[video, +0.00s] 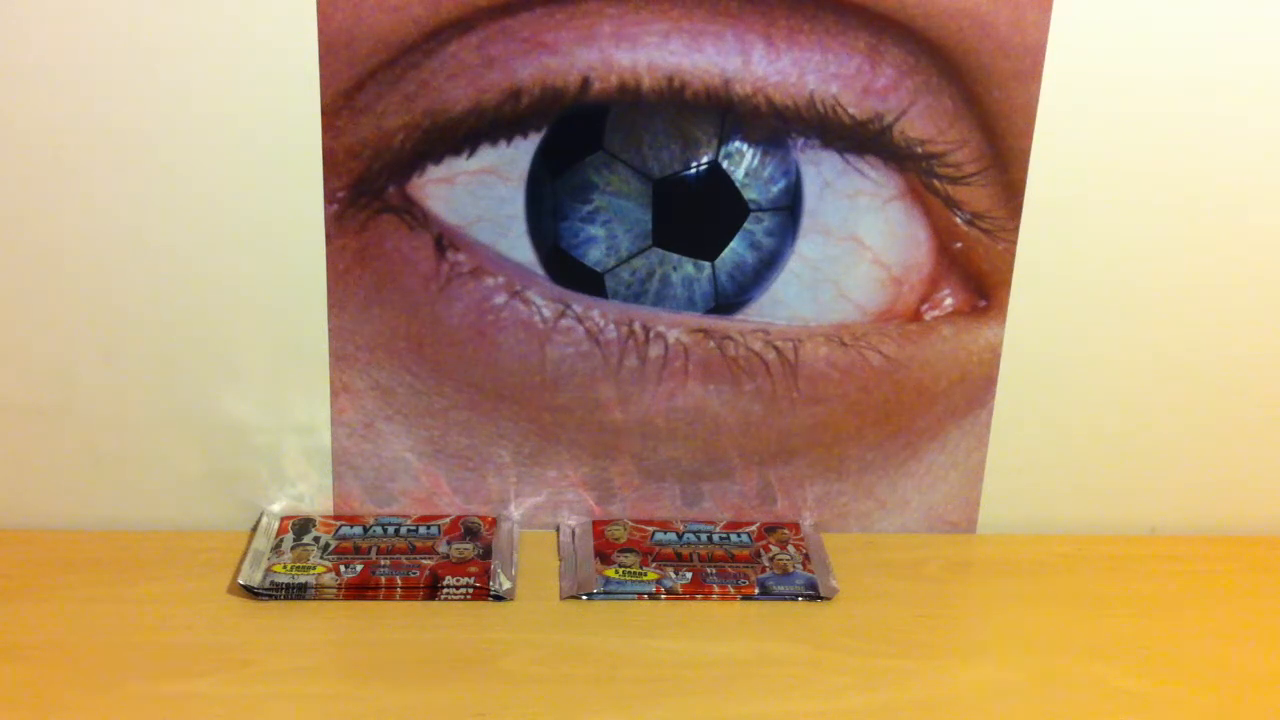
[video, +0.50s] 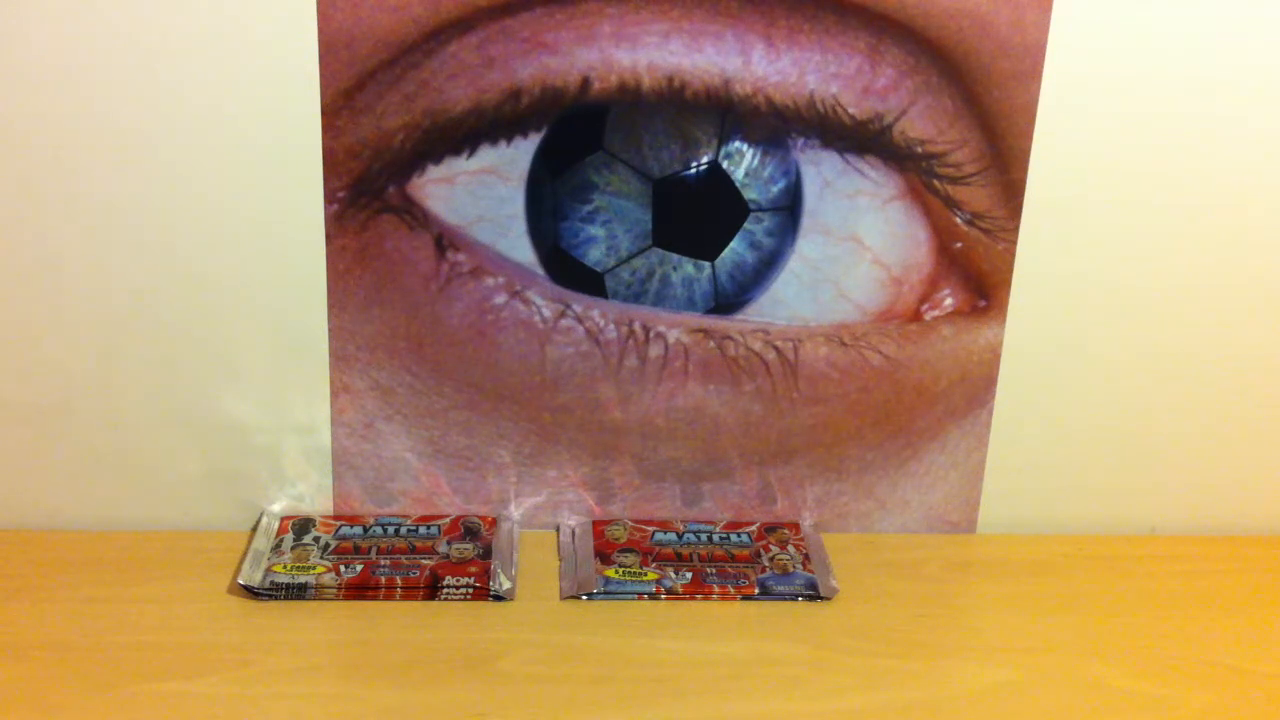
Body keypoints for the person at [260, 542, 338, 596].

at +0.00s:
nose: (310, 555)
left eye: (312, 551)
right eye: (305, 550)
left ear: (315, 552)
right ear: (293, 551)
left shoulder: (323, 569)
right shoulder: (274, 568)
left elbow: (328, 598)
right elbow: (262, 594)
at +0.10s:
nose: (309, 554)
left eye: (312, 551)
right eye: (305, 550)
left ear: (315, 552)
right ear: (293, 551)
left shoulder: (323, 569)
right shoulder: (274, 568)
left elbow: (328, 596)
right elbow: (262, 594)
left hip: (309, 611)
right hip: (276, 611)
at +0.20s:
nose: (309, 554)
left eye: (312, 551)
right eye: (305, 550)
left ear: (315, 552)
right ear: (293, 551)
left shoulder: (323, 569)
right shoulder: (274, 568)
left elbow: (328, 596)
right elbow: (262, 594)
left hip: (309, 611)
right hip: (276, 611)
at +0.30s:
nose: (310, 554)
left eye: (312, 551)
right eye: (305, 550)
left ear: (315, 552)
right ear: (293, 551)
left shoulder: (323, 569)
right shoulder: (274, 568)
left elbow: (328, 597)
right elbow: (262, 595)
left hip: (308, 612)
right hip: (276, 611)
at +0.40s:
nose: (309, 554)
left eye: (312, 551)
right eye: (305, 550)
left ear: (315, 552)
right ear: (293, 551)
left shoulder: (323, 568)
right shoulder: (274, 568)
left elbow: (328, 596)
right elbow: (262, 594)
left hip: (309, 611)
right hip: (276, 610)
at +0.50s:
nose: (309, 554)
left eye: (312, 551)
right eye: (305, 550)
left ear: (315, 552)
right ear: (293, 551)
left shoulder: (323, 569)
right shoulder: (274, 568)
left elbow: (328, 596)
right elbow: (262, 594)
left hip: (309, 611)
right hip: (276, 611)